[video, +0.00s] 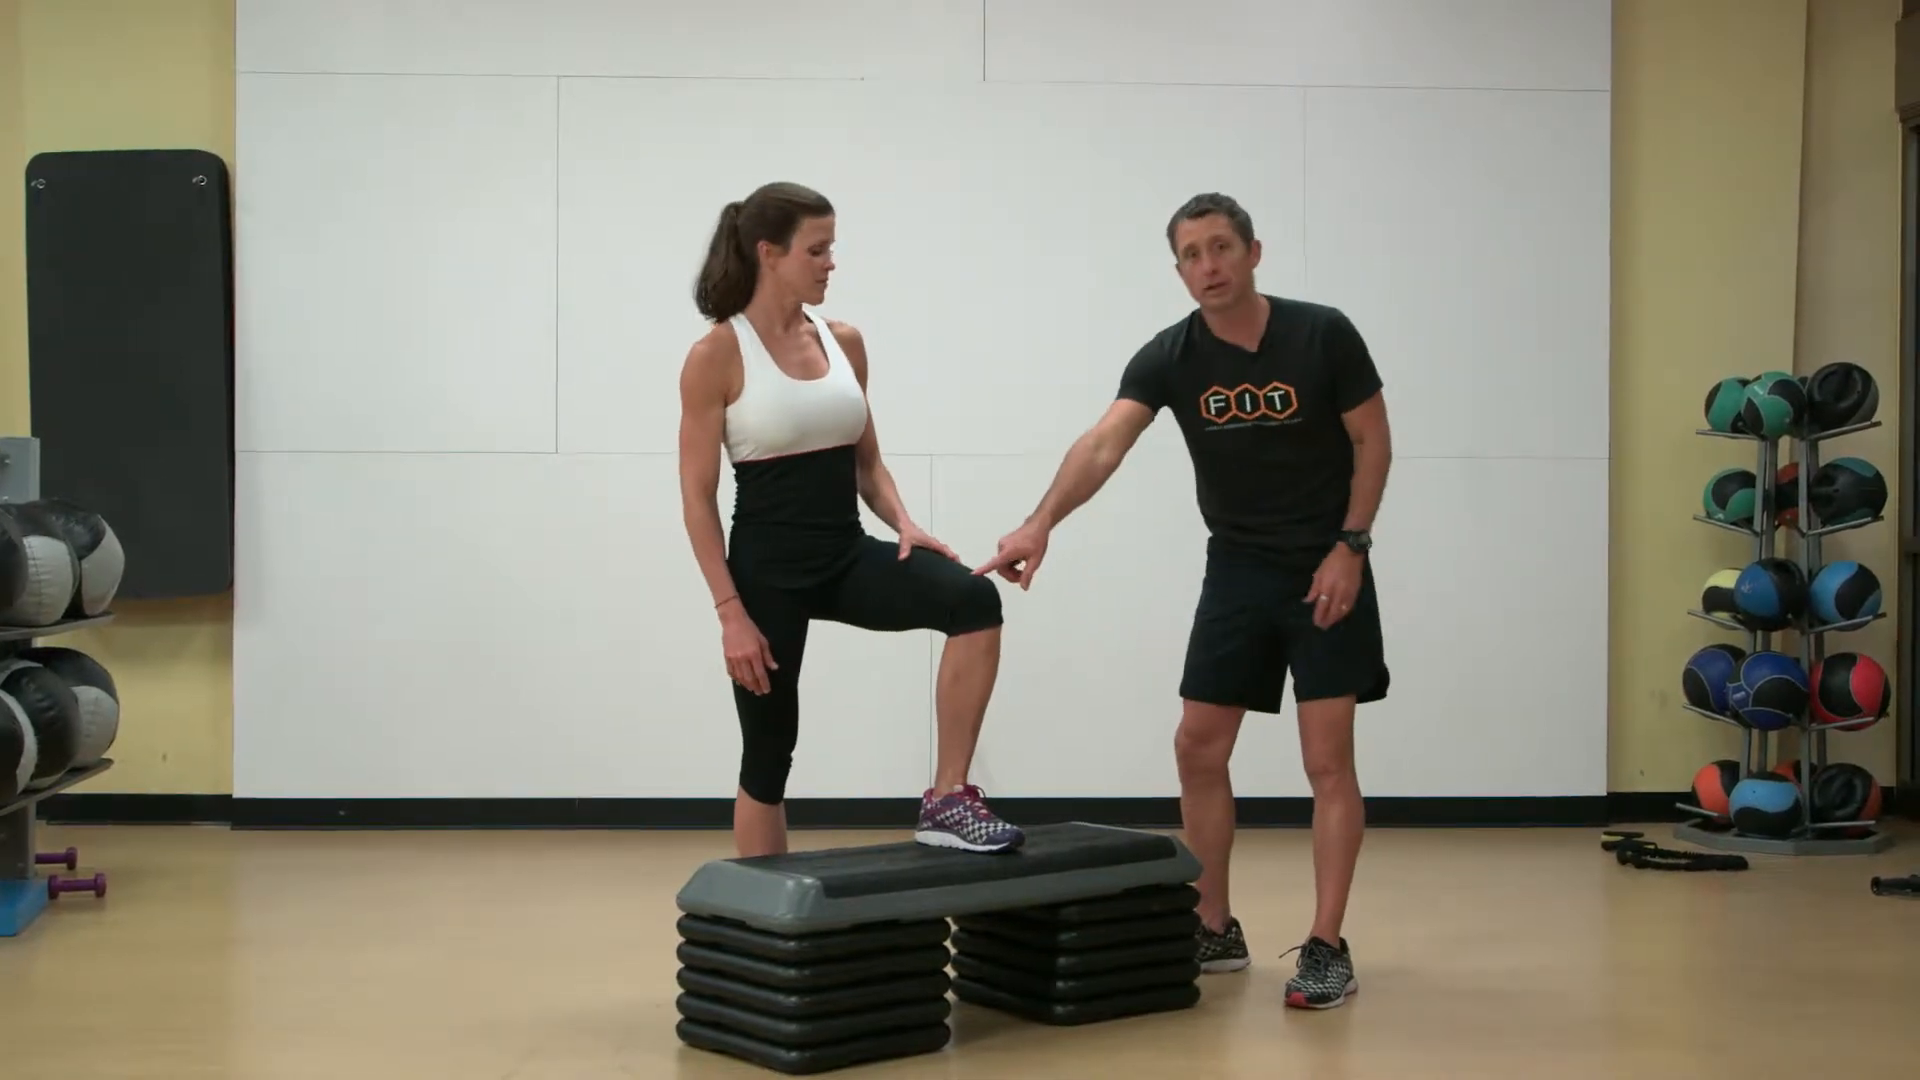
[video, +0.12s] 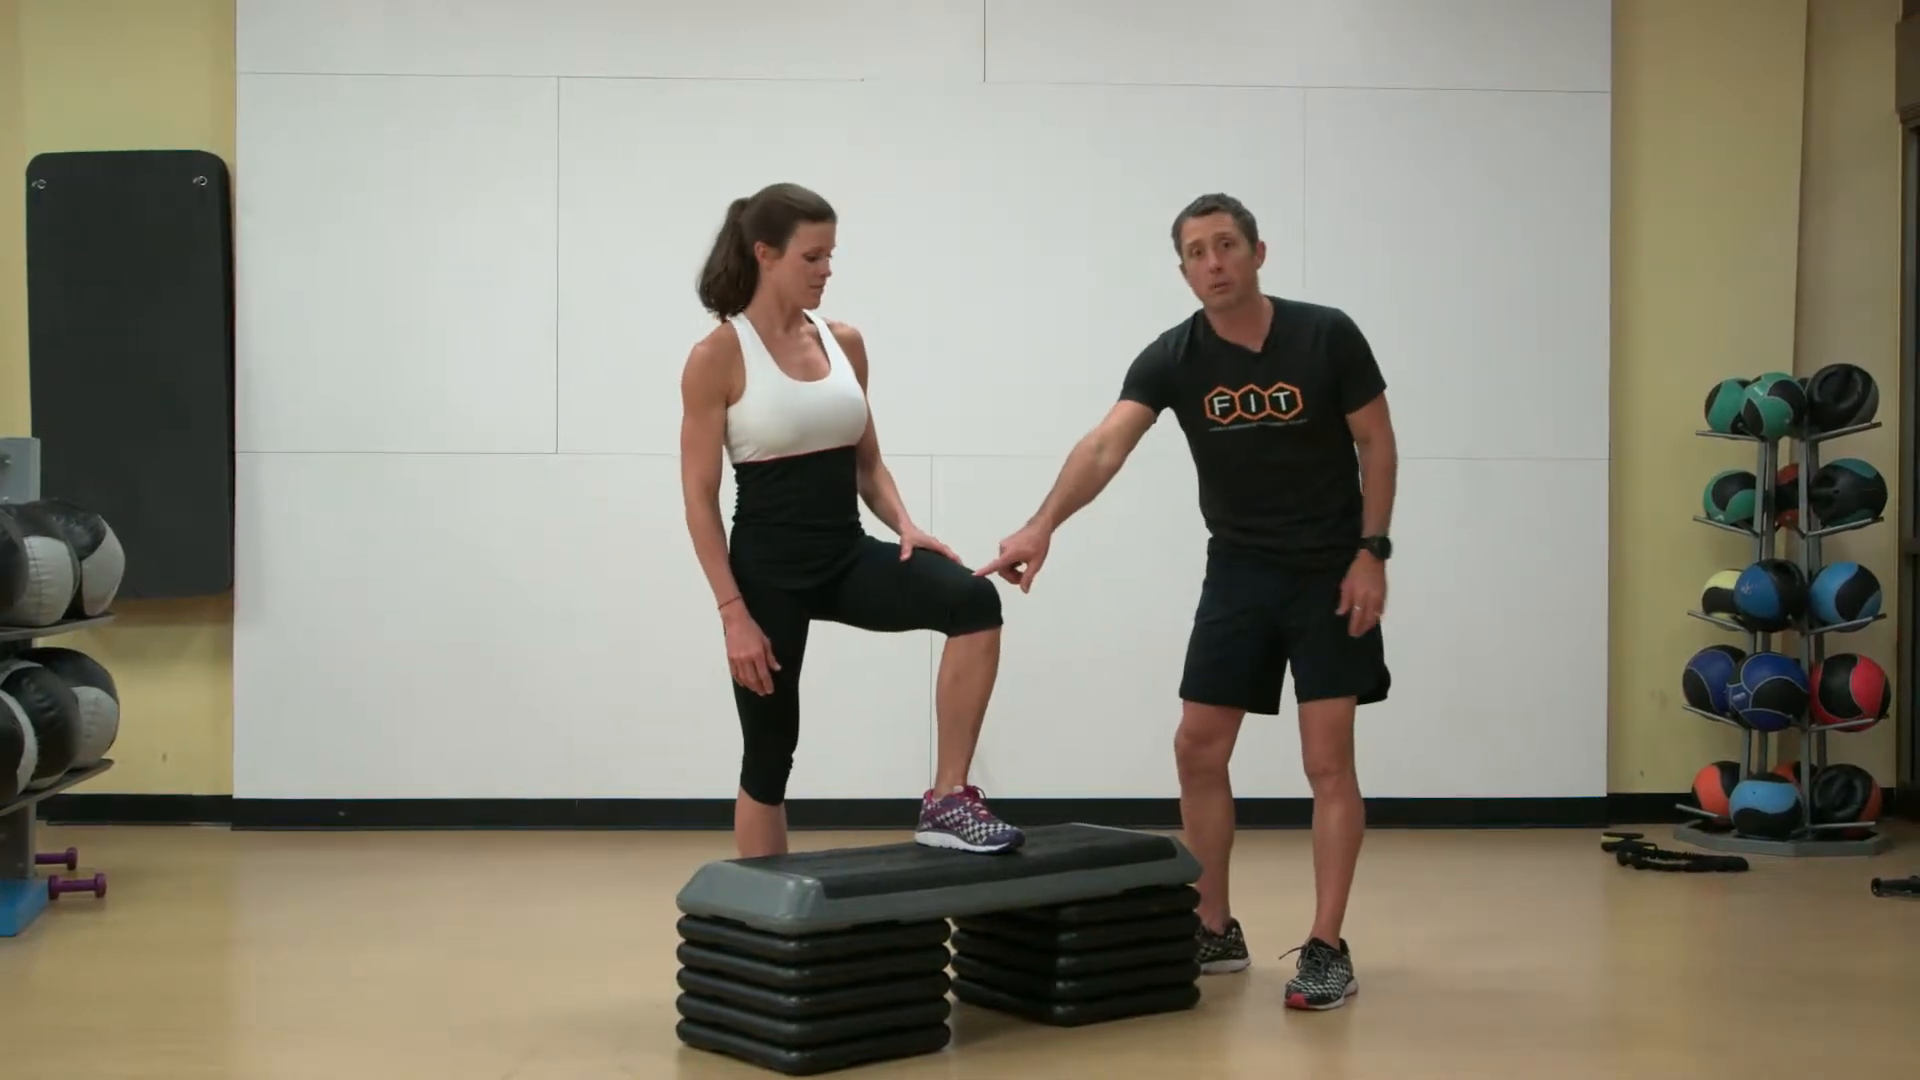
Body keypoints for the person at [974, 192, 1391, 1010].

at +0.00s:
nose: (1207, 266)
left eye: (1220, 248)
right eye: (1191, 255)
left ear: (1253, 253)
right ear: (1178, 270)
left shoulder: (1323, 336)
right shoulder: (1169, 358)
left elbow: (1373, 445)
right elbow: (1102, 444)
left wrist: (1352, 547)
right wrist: (1039, 523)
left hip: (1326, 566)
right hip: (1236, 568)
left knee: (1329, 762)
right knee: (1199, 745)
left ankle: (1326, 941)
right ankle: (1213, 924)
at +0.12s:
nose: (1211, 262)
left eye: (1224, 246)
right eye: (1196, 253)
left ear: (1258, 253)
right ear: (1182, 270)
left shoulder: (1326, 336)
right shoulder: (1173, 358)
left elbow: (1377, 445)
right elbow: (1105, 445)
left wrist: (1373, 551)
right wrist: (1041, 525)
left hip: (1328, 569)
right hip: (1237, 570)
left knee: (1329, 763)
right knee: (1199, 745)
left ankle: (1327, 943)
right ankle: (1213, 926)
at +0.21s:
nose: (1212, 264)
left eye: (1226, 247)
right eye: (1197, 254)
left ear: (1259, 255)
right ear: (1183, 271)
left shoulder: (1328, 338)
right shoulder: (1173, 360)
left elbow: (1380, 446)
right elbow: (1106, 446)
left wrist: (1388, 557)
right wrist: (1042, 528)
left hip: (1332, 570)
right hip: (1239, 572)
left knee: (1329, 764)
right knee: (1199, 745)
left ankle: (1327, 943)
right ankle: (1214, 926)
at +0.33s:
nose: (1209, 271)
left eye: (1223, 253)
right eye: (1194, 260)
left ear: (1260, 256)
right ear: (1183, 272)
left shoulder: (1330, 339)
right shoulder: (1175, 361)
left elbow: (1383, 445)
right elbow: (1109, 447)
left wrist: (1402, 556)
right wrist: (1046, 524)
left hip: (1333, 573)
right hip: (1239, 574)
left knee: (1331, 765)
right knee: (1200, 746)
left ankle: (1325, 945)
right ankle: (1215, 930)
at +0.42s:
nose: (1198, 283)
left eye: (1211, 266)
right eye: (1187, 271)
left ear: (1255, 259)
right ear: (1181, 275)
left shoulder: (1331, 341)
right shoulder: (1177, 364)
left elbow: (1385, 445)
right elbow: (1110, 454)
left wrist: (1405, 556)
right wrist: (1054, 522)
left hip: (1334, 575)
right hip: (1241, 577)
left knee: (1332, 766)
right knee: (1200, 747)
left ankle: (1326, 946)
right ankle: (1215, 931)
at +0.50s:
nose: (1189, 292)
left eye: (1201, 275)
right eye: (1179, 279)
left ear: (1249, 265)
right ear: (1177, 281)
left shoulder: (1331, 341)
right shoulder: (1176, 368)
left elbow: (1387, 447)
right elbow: (1111, 459)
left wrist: (1402, 558)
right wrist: (1052, 533)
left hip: (1335, 575)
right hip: (1242, 576)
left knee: (1332, 767)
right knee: (1201, 749)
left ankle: (1326, 946)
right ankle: (1215, 931)